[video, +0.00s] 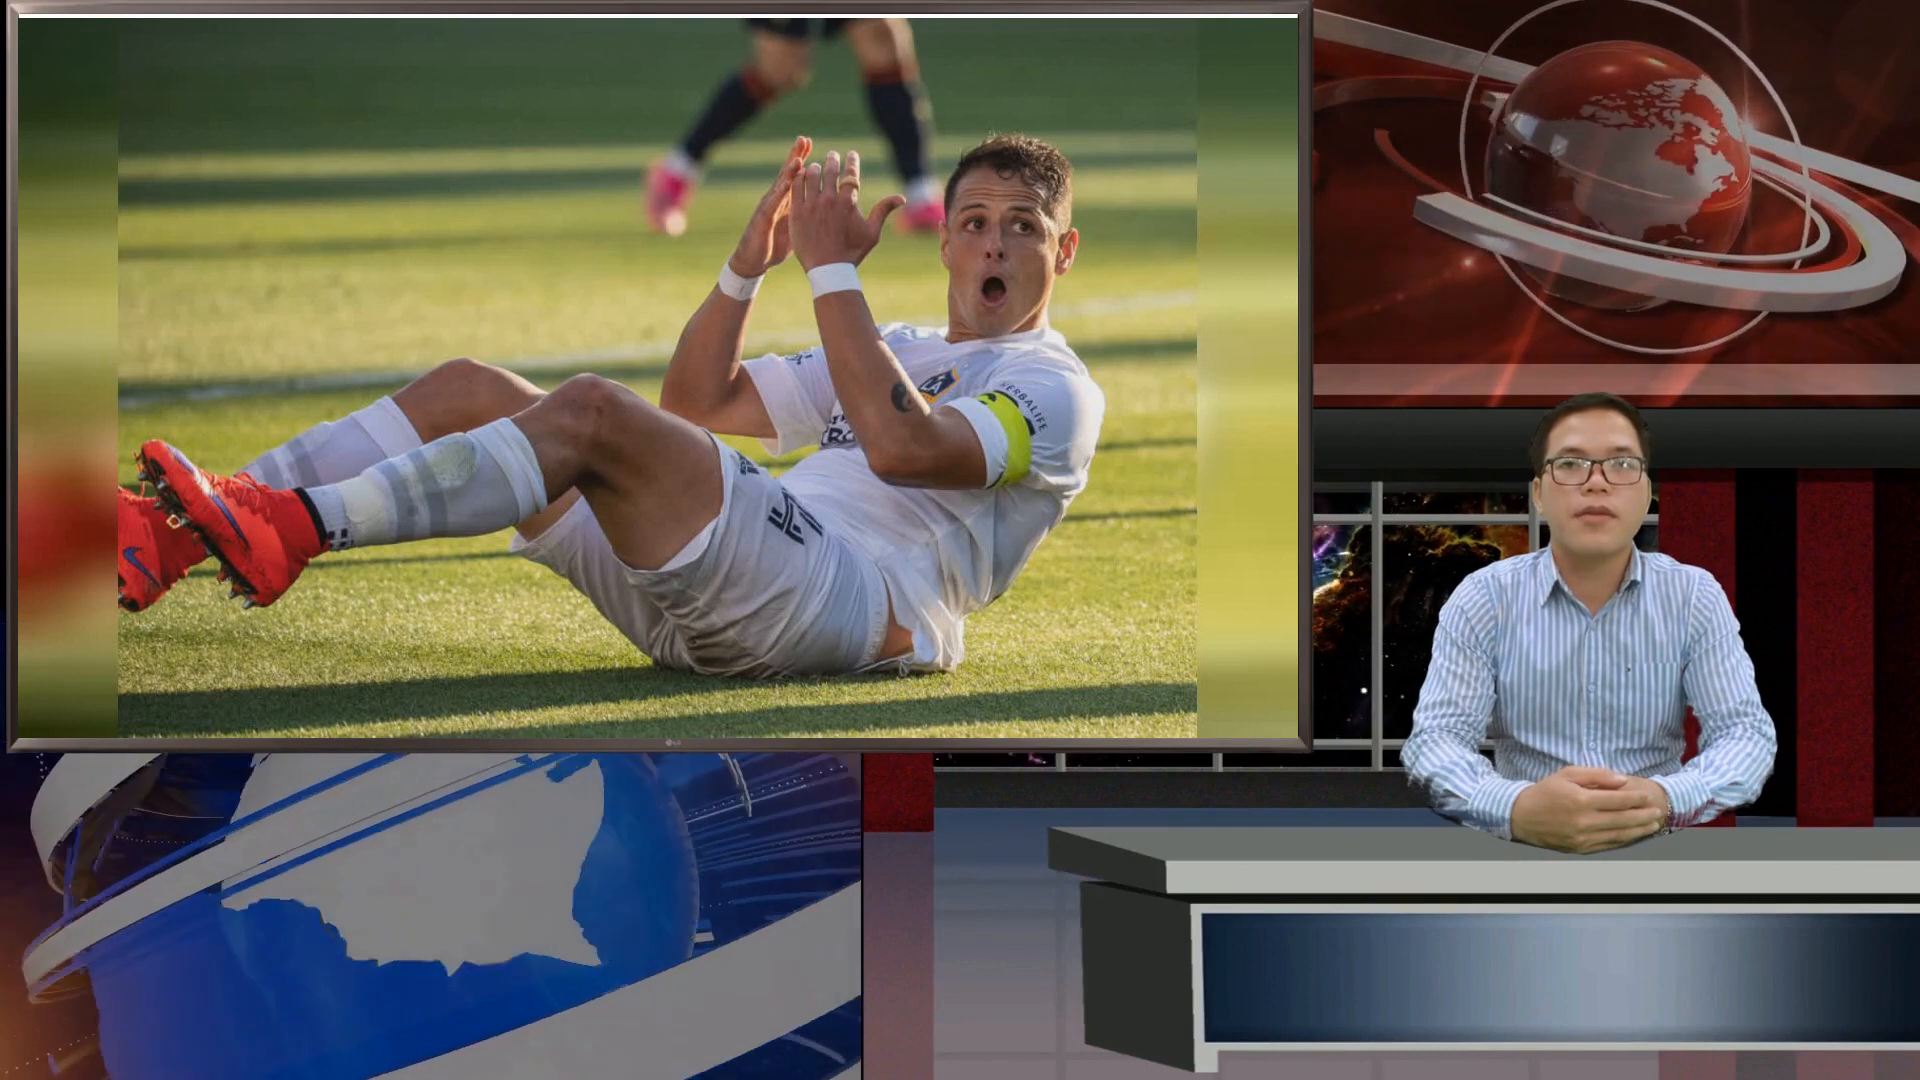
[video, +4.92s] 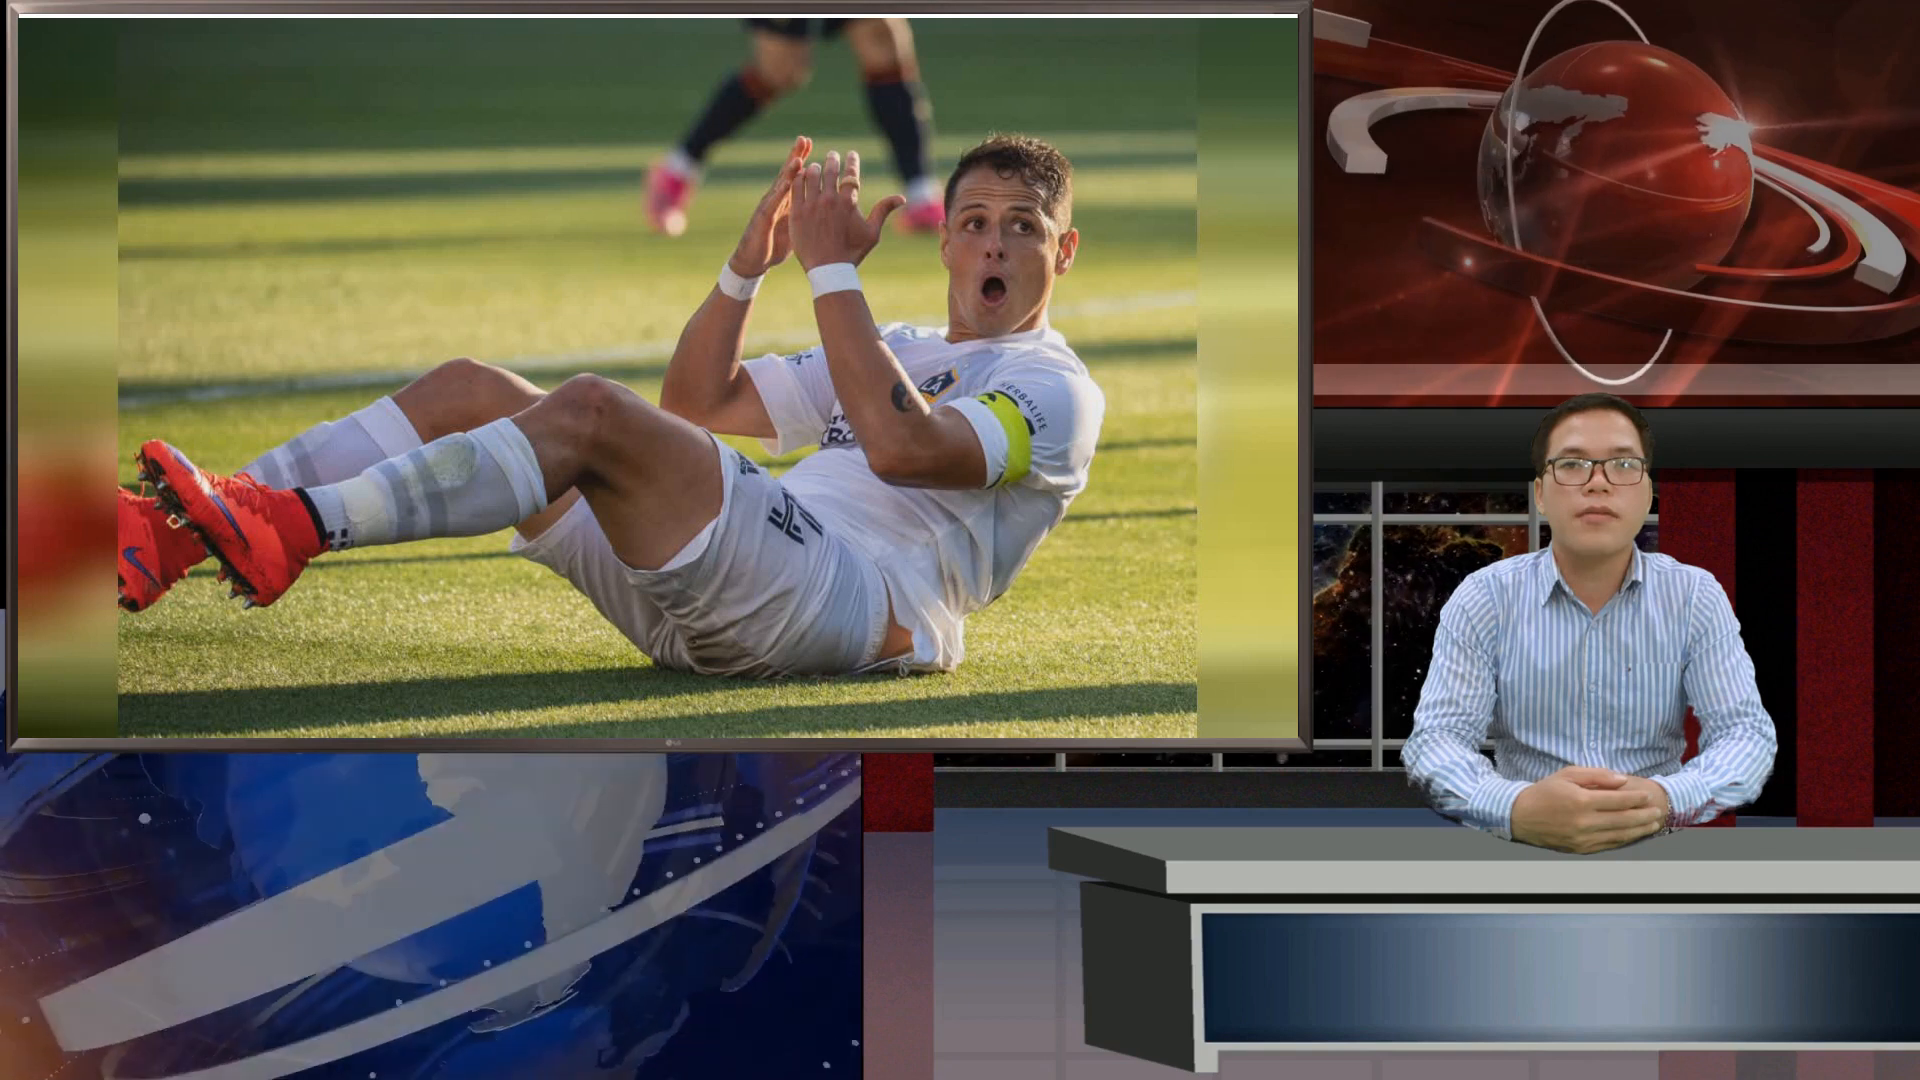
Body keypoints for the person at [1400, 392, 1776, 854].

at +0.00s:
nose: (1596, 483)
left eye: (1620, 464)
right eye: (1570, 464)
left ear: (1647, 495)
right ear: (1539, 496)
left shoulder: (1691, 598)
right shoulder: (1484, 601)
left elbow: (1745, 735)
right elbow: (1434, 744)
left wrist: (1667, 799)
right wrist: (1514, 809)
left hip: (1656, 852)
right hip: (1519, 856)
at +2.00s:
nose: (1596, 483)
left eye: (1620, 464)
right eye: (1571, 464)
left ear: (1647, 495)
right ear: (1539, 496)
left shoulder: (1691, 598)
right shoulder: (1484, 600)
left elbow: (1745, 735)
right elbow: (1434, 744)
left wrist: (1667, 799)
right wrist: (1514, 809)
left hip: (1657, 853)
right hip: (1520, 857)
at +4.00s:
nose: (1597, 483)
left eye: (1621, 465)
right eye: (1571, 464)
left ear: (1647, 496)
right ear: (1540, 496)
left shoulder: (1691, 598)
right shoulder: (1485, 601)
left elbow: (1745, 735)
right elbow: (1434, 745)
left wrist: (1667, 799)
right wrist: (1515, 809)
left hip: (1657, 852)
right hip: (1521, 856)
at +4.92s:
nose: (1598, 483)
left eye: (1621, 465)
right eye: (1572, 465)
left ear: (1647, 495)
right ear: (1540, 496)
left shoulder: (1692, 598)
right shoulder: (1485, 600)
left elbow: (1745, 735)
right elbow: (1434, 744)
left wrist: (1667, 799)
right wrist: (1513, 810)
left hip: (1656, 852)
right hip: (1519, 855)